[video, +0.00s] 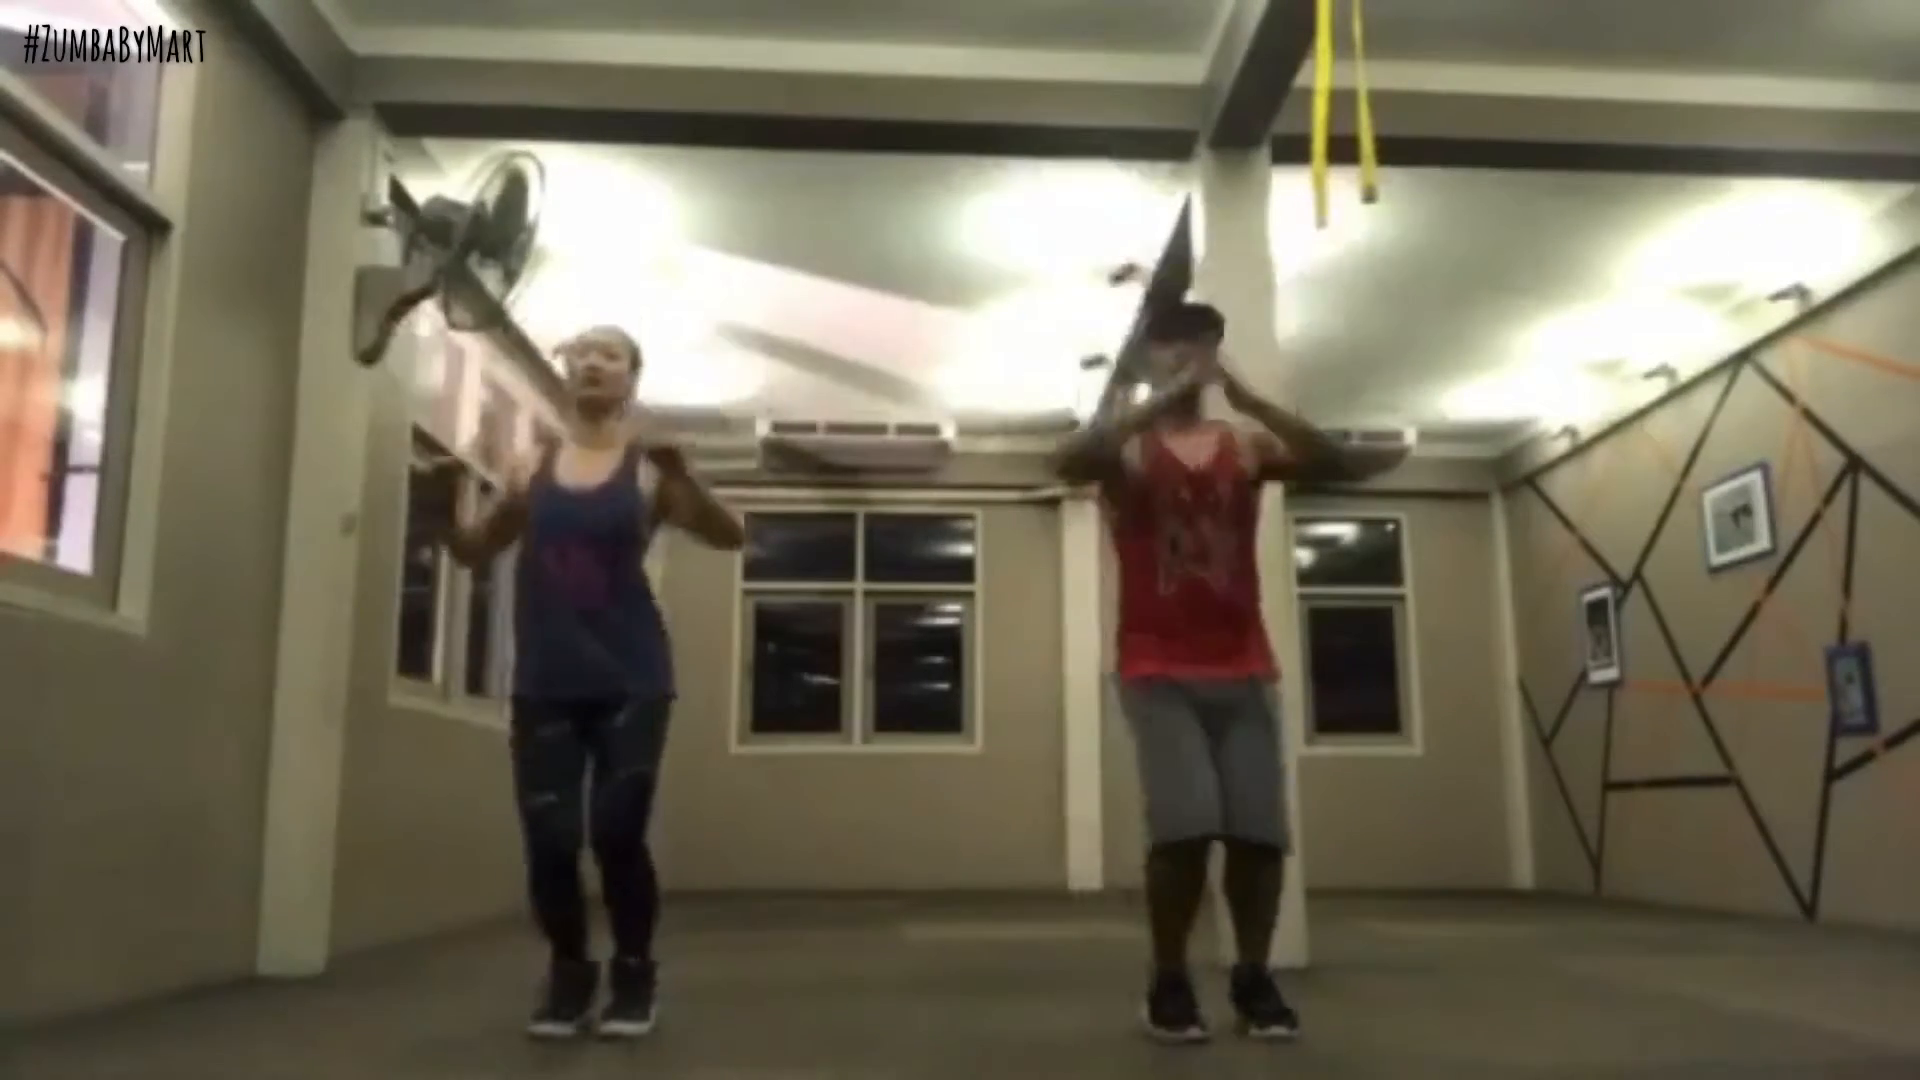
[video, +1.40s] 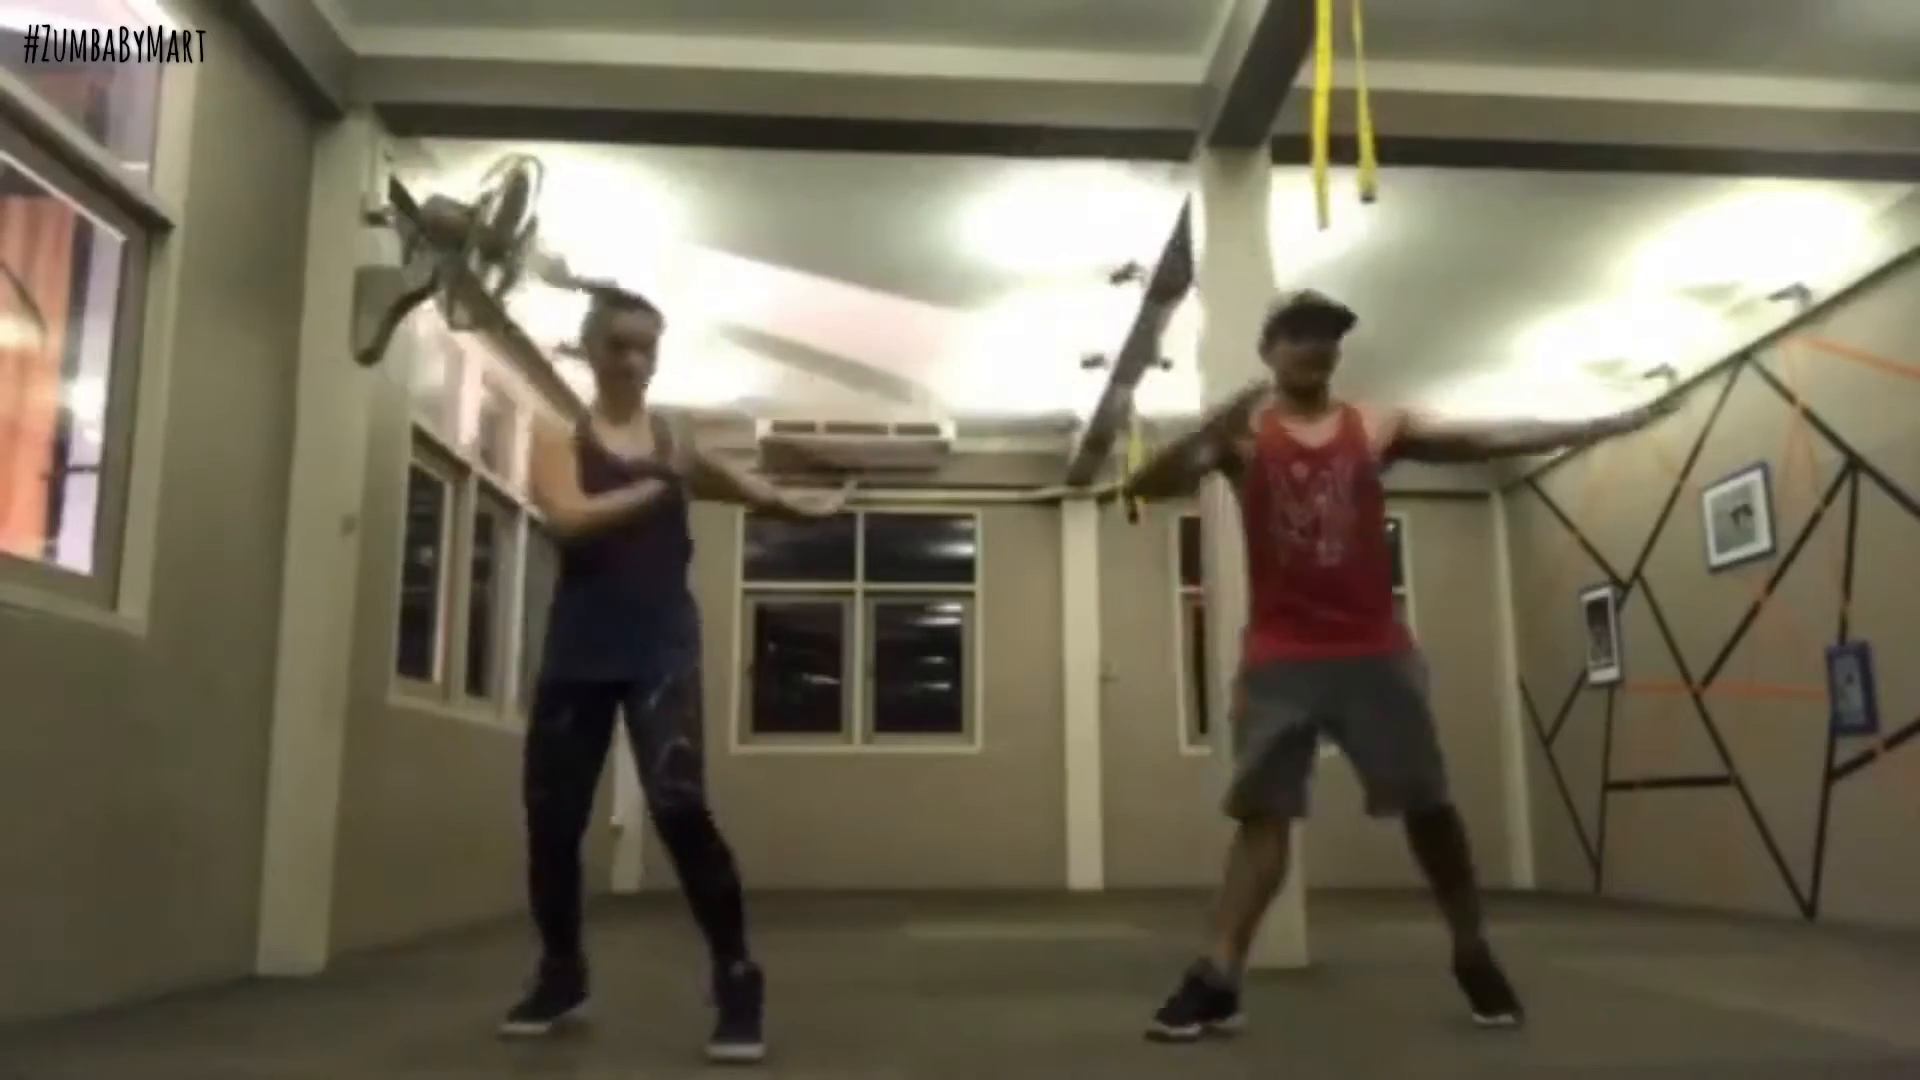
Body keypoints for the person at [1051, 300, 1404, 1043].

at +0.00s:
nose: (1184, 361)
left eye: (1195, 348)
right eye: (1169, 348)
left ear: (1214, 358)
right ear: (1146, 360)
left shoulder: (1245, 444)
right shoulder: (1127, 447)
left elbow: (1327, 458)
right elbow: (1073, 461)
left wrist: (1248, 398)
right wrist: (1159, 398)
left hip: (1240, 667)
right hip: (1156, 669)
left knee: (1259, 828)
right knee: (1187, 822)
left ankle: (1253, 978)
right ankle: (1170, 981)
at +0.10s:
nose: (1190, 307)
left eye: (1202, 295)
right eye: (1175, 294)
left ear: (1216, 311)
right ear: (1148, 308)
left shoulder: (1248, 405)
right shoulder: (1127, 404)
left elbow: (1373, 385)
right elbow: (1016, 388)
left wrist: (1274, 388)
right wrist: (1116, 381)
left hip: (1242, 625)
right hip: (1157, 627)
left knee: (1254, 807)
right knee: (1173, 807)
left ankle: (1255, 971)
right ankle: (1169, 980)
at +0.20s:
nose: (1182, 259)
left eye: (1195, 249)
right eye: (1167, 249)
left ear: (1214, 269)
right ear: (1145, 271)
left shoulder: (1251, 347)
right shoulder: (1125, 349)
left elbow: (1350, 286)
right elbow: (1026, 291)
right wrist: (1071, 265)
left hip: (1240, 580)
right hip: (1155, 583)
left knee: (1245, 759)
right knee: (1163, 759)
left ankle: (1254, 929)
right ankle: (1159, 941)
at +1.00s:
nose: (1237, 326)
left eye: (1252, 316)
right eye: (1223, 314)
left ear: (1270, 334)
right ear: (1197, 332)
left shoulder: (1296, 418)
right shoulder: (1179, 413)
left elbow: (1382, 380)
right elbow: (1113, 386)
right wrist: (1029, 326)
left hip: (1275, 645)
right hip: (1192, 644)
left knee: (1280, 803)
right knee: (1192, 810)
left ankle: (1228, 964)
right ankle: (1182, 975)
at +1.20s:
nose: (1267, 333)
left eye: (1280, 321)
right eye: (1253, 320)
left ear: (1296, 333)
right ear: (1227, 331)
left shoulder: (1323, 415)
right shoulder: (1201, 412)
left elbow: (1411, 444)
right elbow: (1119, 433)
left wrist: (1456, 430)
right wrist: (1075, 430)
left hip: (1311, 625)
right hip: (1221, 633)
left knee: (1388, 752)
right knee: (1206, 800)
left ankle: (1367, 906)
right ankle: (1184, 974)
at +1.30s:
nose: (1292, 331)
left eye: (1304, 320)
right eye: (1277, 318)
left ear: (1317, 331)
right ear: (1247, 328)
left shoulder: (1346, 407)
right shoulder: (1216, 409)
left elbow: (1457, 437)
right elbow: (1116, 439)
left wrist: (1562, 410)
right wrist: (1141, 344)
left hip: (1339, 629)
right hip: (1247, 634)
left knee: (1410, 780)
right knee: (1225, 802)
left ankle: (1436, 920)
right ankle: (1192, 968)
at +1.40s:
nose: (1314, 351)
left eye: (1324, 340)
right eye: (1298, 339)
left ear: (1338, 350)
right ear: (1267, 351)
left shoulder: (1375, 428)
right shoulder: (1241, 437)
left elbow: (1487, 441)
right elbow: (1148, 483)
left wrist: (1601, 426)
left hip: (1373, 650)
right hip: (1281, 653)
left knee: (1427, 807)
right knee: (1261, 813)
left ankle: (1474, 958)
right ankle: (1217, 976)